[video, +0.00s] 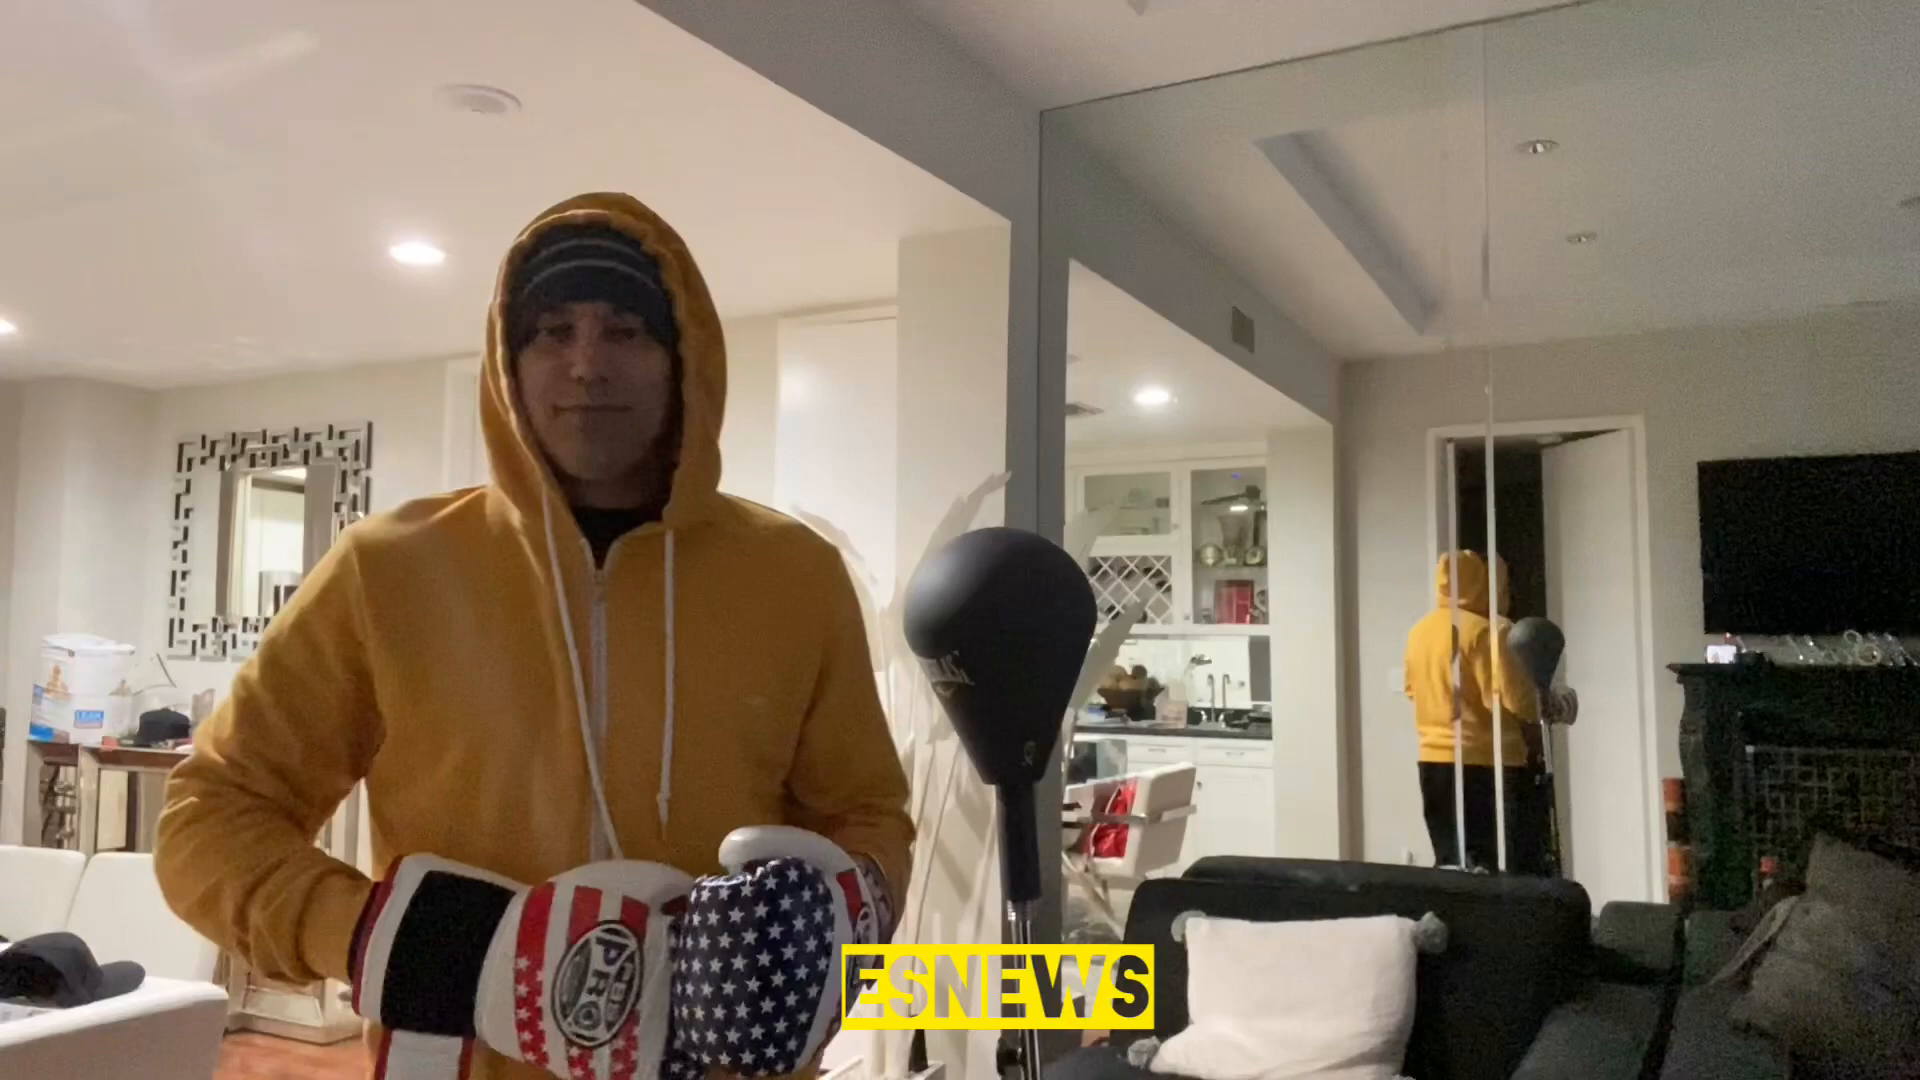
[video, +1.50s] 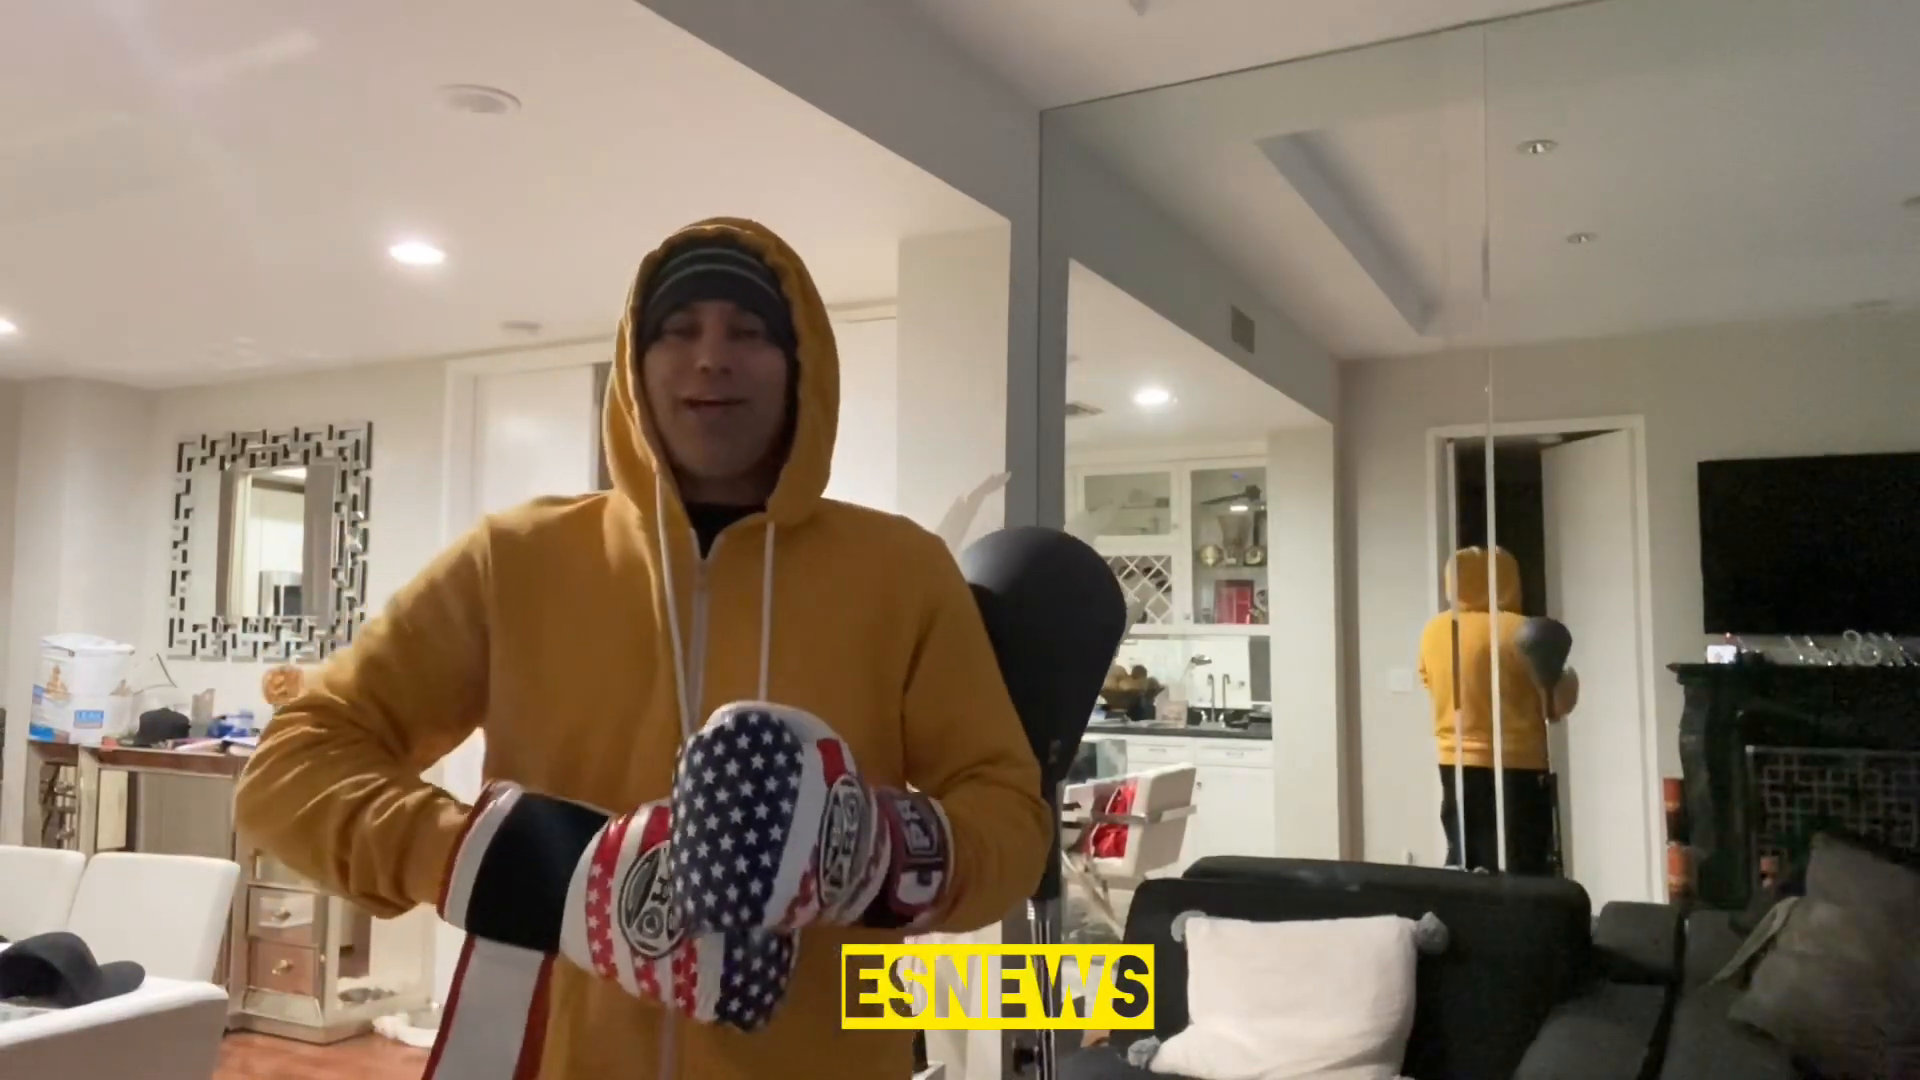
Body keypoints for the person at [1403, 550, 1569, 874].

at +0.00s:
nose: (1503, 593)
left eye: (1503, 585)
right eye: (1498, 585)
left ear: (1444, 585)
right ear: (1480, 585)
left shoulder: (1420, 631)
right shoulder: (1488, 631)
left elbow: (1413, 690)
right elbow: (1516, 699)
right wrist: (1547, 705)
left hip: (1435, 767)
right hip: (1489, 769)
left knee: (1451, 867)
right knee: (1498, 868)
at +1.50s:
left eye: (1453, 581)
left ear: (1456, 584)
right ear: (1507, 583)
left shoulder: (1436, 631)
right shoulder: (1524, 630)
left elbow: (1430, 683)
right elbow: (1557, 705)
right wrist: (1568, 676)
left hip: (1460, 771)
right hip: (1521, 771)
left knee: (1467, 864)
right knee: (1527, 869)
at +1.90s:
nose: (1522, 591)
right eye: (1517, 584)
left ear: (1463, 586)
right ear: (1510, 586)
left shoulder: (1436, 634)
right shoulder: (1525, 634)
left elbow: (1438, 694)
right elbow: (1576, 698)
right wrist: (1555, 661)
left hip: (1462, 773)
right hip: (1523, 773)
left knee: (1473, 872)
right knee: (1529, 874)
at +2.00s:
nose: (1525, 591)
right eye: (1521, 583)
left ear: (1463, 586)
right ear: (1513, 586)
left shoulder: (1437, 634)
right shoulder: (1528, 633)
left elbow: (1433, 689)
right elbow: (1575, 698)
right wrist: (1558, 657)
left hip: (1463, 770)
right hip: (1524, 770)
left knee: (1477, 860)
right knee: (1529, 867)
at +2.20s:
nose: (1528, 591)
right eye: (1524, 584)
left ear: (1466, 585)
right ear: (1516, 585)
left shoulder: (1441, 632)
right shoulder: (1529, 632)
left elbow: (1430, 688)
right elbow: (1564, 704)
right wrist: (1560, 663)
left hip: (1462, 769)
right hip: (1522, 769)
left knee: (1475, 864)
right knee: (1528, 868)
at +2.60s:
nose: (1535, 606)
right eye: (1532, 600)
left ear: (1473, 592)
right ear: (1523, 595)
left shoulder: (1443, 634)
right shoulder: (1526, 628)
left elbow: (1459, 691)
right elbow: (1576, 685)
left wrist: (1539, 707)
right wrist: (1543, 695)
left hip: (1458, 763)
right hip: (1515, 762)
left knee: (1475, 857)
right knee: (1524, 858)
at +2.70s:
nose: (1536, 606)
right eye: (1533, 601)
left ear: (1475, 592)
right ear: (1523, 596)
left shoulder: (1445, 635)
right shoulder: (1528, 627)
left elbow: (1455, 689)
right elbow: (1577, 682)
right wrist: (1543, 690)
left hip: (1459, 762)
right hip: (1516, 763)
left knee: (1475, 856)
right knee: (1524, 858)